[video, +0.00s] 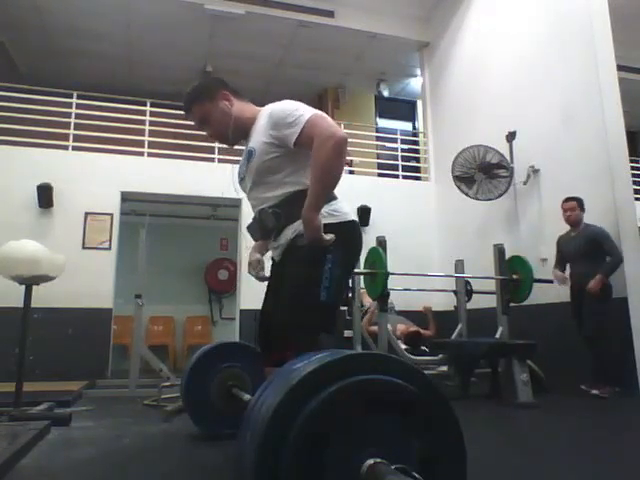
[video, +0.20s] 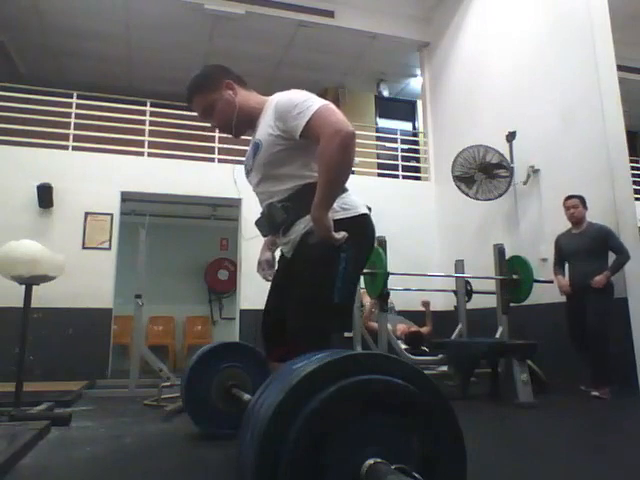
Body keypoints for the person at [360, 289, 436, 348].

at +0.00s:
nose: (413, 327)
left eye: (411, 331)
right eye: (416, 330)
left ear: (402, 338)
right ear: (419, 332)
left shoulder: (388, 333)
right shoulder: (421, 334)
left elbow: (365, 327)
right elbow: (432, 332)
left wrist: (372, 309)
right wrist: (429, 314)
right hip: (393, 316)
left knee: (365, 295)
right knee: (385, 297)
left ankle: (362, 292)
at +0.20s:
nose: (407, 327)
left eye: (406, 330)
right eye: (411, 328)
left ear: (401, 337)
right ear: (416, 328)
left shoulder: (387, 331)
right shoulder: (419, 333)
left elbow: (366, 323)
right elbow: (429, 327)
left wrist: (371, 306)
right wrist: (428, 309)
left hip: (378, 316)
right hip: (392, 314)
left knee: (365, 294)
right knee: (384, 297)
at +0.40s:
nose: (412, 326)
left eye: (411, 329)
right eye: (414, 328)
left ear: (402, 337)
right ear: (418, 331)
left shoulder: (389, 331)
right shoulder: (421, 332)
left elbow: (366, 318)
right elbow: (426, 320)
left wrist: (371, 304)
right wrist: (425, 303)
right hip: (393, 316)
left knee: (366, 295)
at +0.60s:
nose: (412, 326)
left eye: (411, 329)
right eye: (415, 328)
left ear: (402, 336)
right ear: (418, 329)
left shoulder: (387, 330)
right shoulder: (421, 332)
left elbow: (366, 318)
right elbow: (426, 321)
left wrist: (370, 302)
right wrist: (425, 303)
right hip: (392, 315)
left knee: (365, 294)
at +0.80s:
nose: (412, 325)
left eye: (410, 329)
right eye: (414, 328)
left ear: (403, 336)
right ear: (418, 329)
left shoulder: (387, 331)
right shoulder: (421, 332)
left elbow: (366, 321)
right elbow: (426, 321)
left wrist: (370, 304)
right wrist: (425, 305)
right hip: (392, 315)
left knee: (364, 293)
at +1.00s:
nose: (413, 326)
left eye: (412, 329)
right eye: (416, 329)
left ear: (403, 336)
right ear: (419, 330)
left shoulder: (386, 330)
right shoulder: (421, 333)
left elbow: (366, 321)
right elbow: (426, 322)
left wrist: (369, 304)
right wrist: (425, 304)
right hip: (392, 315)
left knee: (364, 293)